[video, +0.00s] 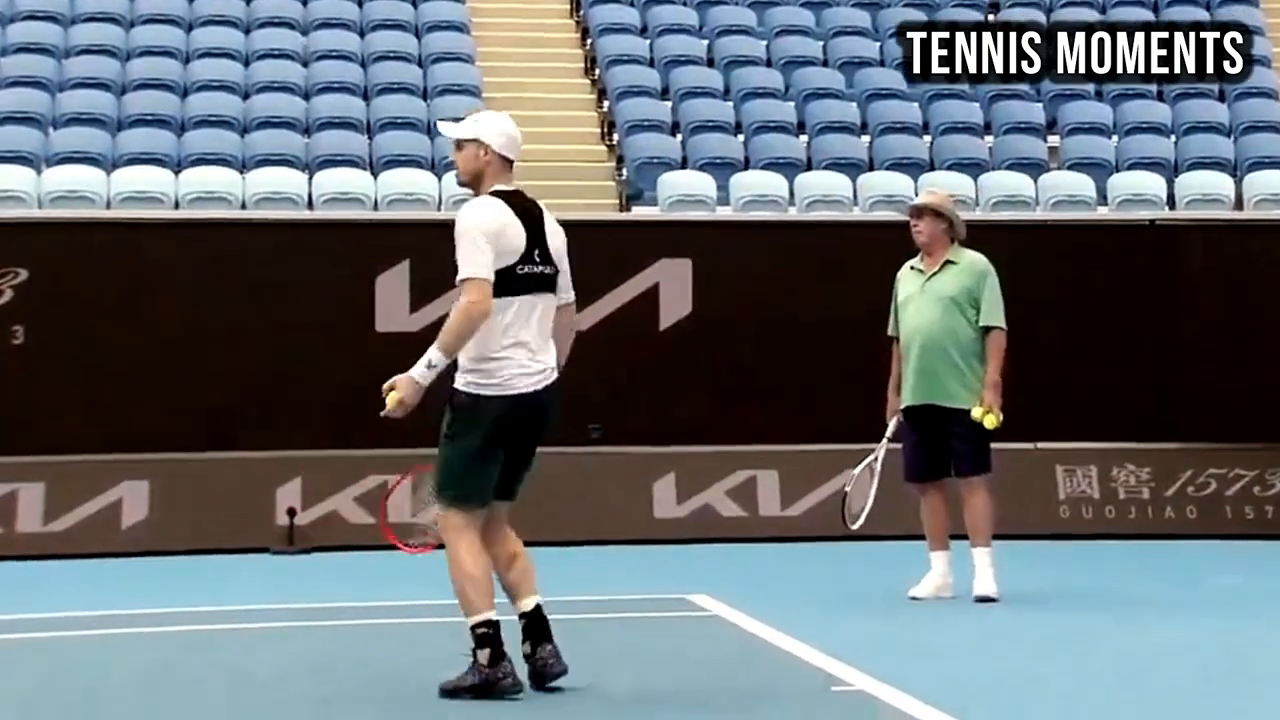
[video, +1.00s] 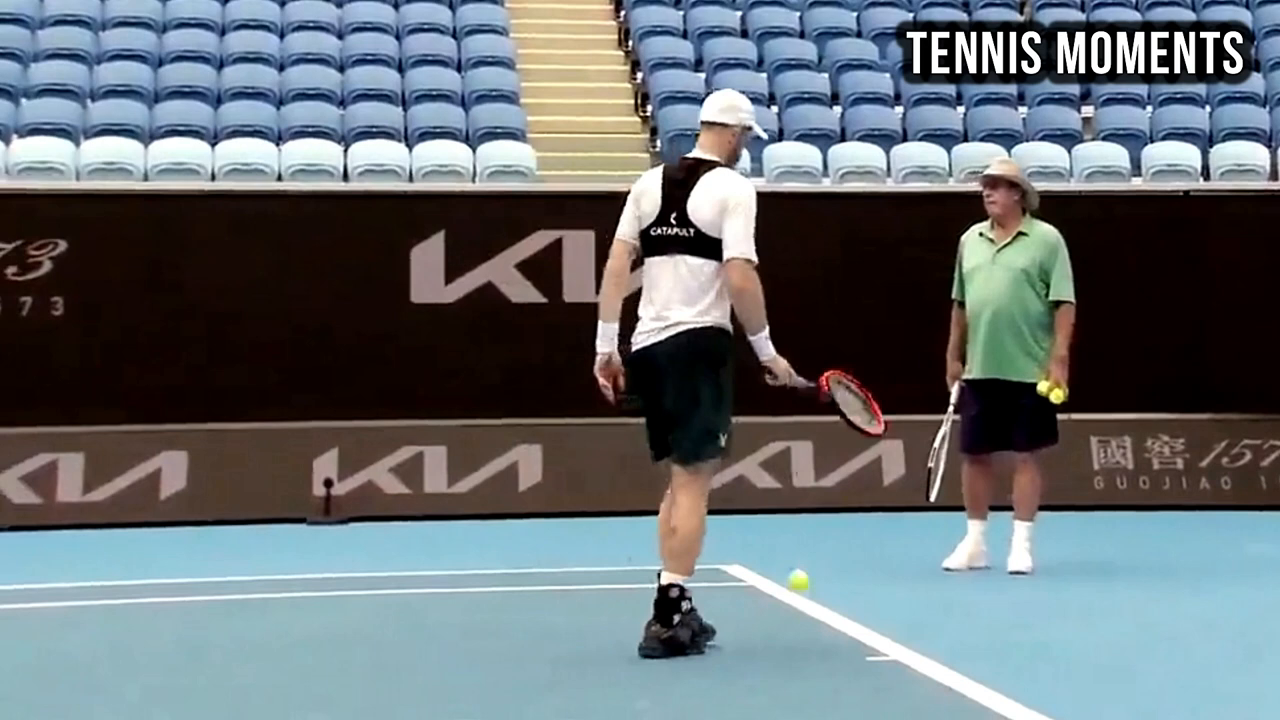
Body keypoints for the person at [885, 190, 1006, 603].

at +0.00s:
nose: (913, 225)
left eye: (921, 218)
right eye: (912, 219)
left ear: (945, 223)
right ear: (916, 227)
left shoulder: (977, 267)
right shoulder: (906, 274)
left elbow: (995, 330)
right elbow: (898, 342)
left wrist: (992, 382)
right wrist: (893, 395)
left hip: (965, 396)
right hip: (917, 397)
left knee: (972, 481)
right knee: (928, 484)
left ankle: (983, 568)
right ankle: (939, 571)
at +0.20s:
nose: (921, 218)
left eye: (929, 211)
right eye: (919, 212)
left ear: (952, 216)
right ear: (918, 219)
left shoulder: (982, 261)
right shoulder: (909, 267)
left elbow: (1002, 325)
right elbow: (901, 334)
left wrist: (997, 378)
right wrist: (896, 387)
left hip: (969, 389)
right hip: (921, 390)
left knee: (975, 475)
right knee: (931, 478)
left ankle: (985, 563)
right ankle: (941, 565)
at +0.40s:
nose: (930, 205)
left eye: (938, 198)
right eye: (928, 198)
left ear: (960, 203)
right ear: (926, 205)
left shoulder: (991, 249)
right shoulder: (915, 252)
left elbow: (1009, 314)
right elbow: (906, 318)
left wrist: (1005, 368)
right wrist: (903, 370)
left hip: (977, 377)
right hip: (928, 377)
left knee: (980, 463)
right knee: (936, 465)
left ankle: (986, 550)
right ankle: (942, 551)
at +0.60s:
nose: (949, 195)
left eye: (957, 188)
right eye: (946, 189)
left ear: (979, 194)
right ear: (943, 196)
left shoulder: (1008, 240)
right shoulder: (933, 242)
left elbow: (1027, 306)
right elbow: (924, 307)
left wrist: (1024, 360)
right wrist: (920, 359)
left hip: (995, 369)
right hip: (946, 368)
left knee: (996, 454)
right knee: (951, 457)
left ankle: (998, 541)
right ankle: (953, 542)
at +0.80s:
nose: (974, 194)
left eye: (983, 188)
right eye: (971, 188)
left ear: (1004, 193)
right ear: (968, 195)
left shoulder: (1034, 240)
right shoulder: (957, 241)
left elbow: (1052, 306)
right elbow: (948, 307)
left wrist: (1049, 362)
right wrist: (943, 358)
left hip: (1019, 370)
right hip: (969, 369)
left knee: (1017, 456)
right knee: (972, 458)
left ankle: (1016, 543)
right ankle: (970, 542)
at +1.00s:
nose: (990, 193)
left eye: (998, 187)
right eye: (986, 187)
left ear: (1018, 192)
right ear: (982, 194)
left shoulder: (1047, 239)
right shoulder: (972, 239)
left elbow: (1065, 305)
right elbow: (960, 306)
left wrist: (1059, 358)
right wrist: (953, 358)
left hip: (1029, 370)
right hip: (978, 368)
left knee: (1025, 455)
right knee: (974, 456)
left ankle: (1022, 543)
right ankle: (975, 540)